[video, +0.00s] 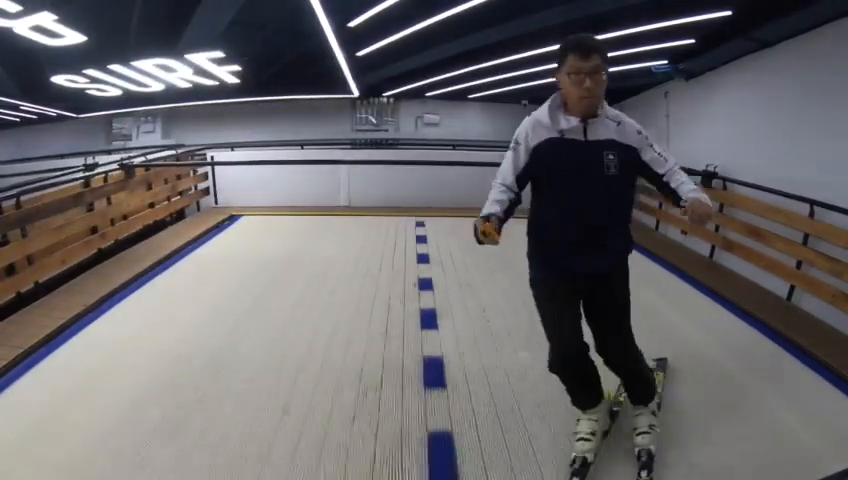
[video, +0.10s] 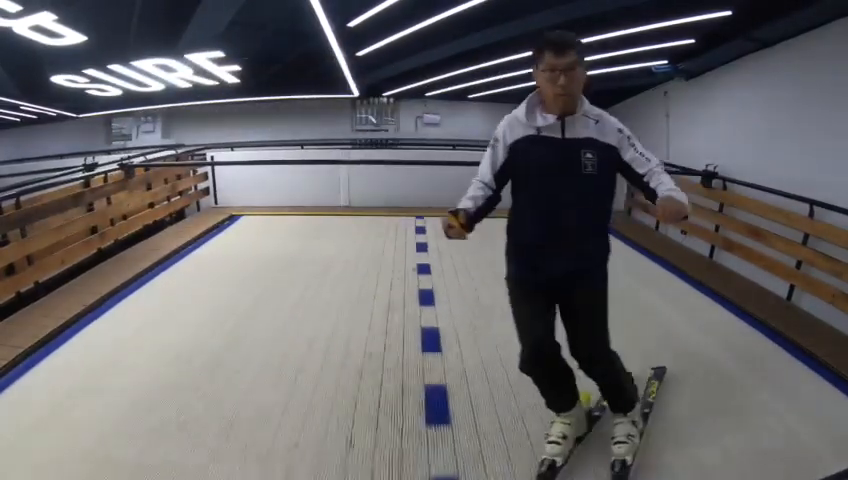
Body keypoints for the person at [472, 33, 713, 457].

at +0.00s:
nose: (588, 84)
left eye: (596, 75)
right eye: (578, 76)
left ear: (606, 77)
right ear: (559, 78)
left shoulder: (625, 130)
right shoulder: (535, 129)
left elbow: (667, 171)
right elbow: (507, 182)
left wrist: (693, 196)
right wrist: (492, 215)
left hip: (607, 259)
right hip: (551, 261)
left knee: (614, 345)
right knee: (564, 353)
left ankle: (645, 399)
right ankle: (591, 409)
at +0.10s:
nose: (561, 82)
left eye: (569, 71)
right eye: (551, 73)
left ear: (583, 73)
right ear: (535, 76)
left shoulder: (607, 129)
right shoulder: (513, 128)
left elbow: (650, 170)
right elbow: (486, 182)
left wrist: (672, 198)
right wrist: (464, 215)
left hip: (584, 261)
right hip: (527, 262)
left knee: (589, 350)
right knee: (535, 354)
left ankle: (626, 409)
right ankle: (569, 412)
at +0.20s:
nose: (529, 78)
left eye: (539, 68)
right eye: (520, 69)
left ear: (556, 73)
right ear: (508, 75)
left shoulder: (580, 128)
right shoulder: (486, 125)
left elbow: (624, 170)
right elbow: (460, 182)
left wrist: (641, 195)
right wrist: (431, 209)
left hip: (554, 259)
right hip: (498, 258)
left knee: (557, 354)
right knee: (499, 353)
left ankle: (597, 413)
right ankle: (538, 412)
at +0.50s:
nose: (406, 68)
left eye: (416, 59)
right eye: (398, 59)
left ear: (438, 64)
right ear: (390, 65)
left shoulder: (461, 119)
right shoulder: (377, 117)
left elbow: (505, 167)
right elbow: (351, 172)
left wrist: (505, 195)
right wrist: (312, 194)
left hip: (431, 247)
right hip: (381, 242)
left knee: (423, 341)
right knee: (363, 329)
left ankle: (475, 412)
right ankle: (402, 393)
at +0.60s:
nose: (359, 62)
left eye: (370, 53)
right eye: (353, 54)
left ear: (392, 59)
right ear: (347, 60)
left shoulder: (413, 113)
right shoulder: (332, 110)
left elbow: (453, 159)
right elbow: (308, 163)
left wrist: (456, 188)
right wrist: (268, 188)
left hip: (385, 238)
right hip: (337, 233)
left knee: (381, 330)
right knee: (322, 319)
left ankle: (431, 403)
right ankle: (356, 381)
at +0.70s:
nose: (312, 58)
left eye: (323, 48)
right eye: (306, 49)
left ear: (345, 54)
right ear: (299, 53)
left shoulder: (366, 103)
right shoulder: (288, 102)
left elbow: (409, 152)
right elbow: (265, 156)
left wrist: (409, 182)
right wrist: (225, 182)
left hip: (343, 224)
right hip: (297, 221)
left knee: (337, 316)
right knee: (284, 309)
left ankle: (386, 385)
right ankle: (317, 370)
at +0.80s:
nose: (268, 61)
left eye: (279, 51)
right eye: (262, 52)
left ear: (302, 54)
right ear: (257, 56)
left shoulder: (324, 102)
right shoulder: (248, 105)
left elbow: (370, 150)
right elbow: (228, 156)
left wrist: (368, 184)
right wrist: (193, 177)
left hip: (307, 221)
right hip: (261, 219)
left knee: (292, 306)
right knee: (251, 305)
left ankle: (331, 371)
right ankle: (279, 359)